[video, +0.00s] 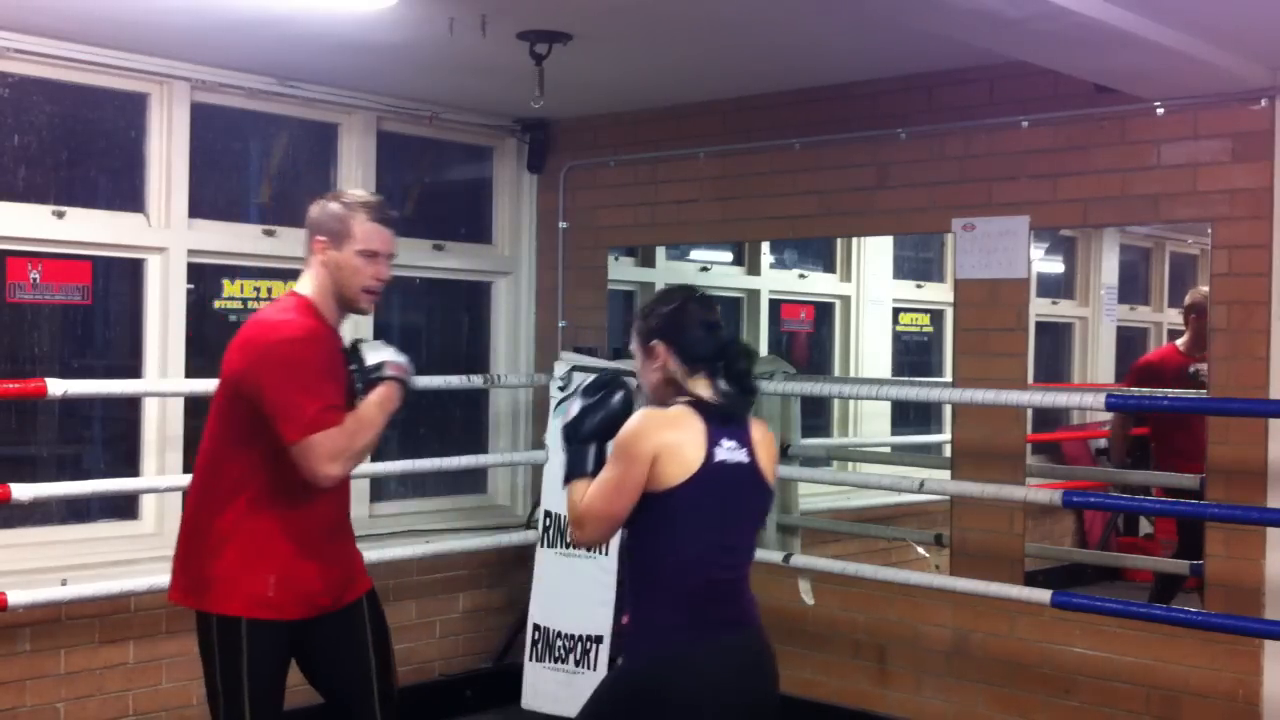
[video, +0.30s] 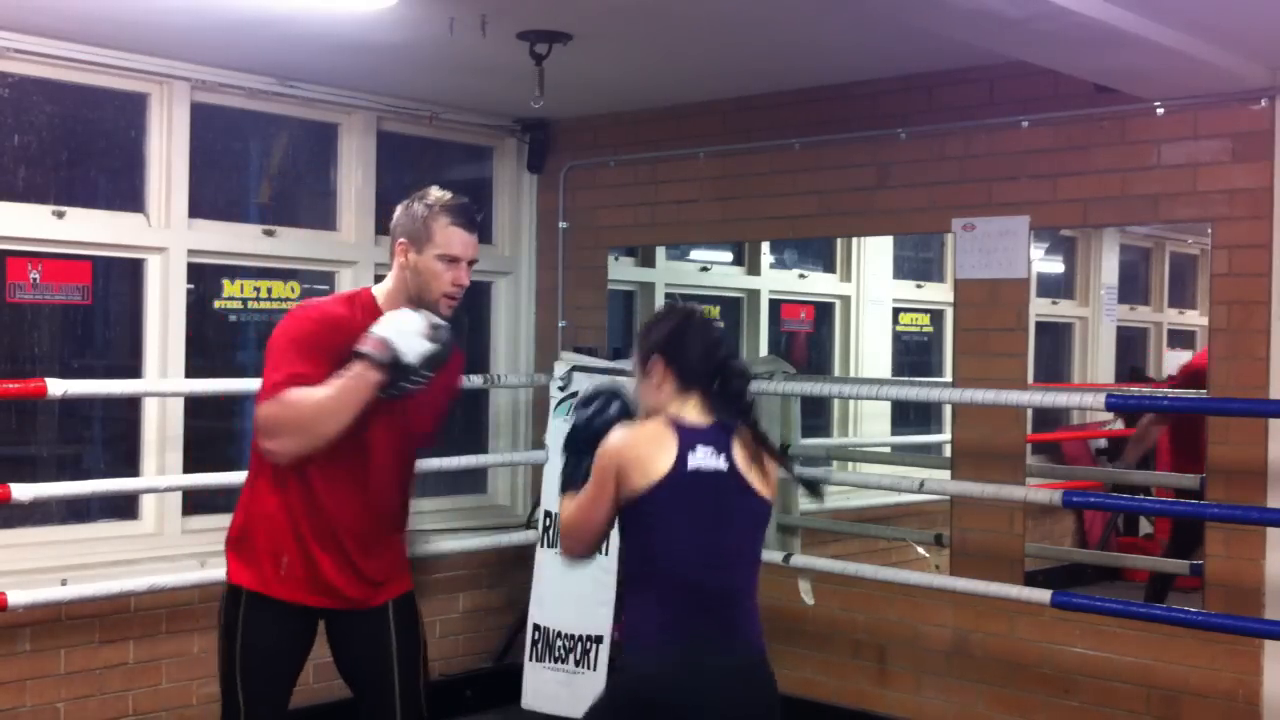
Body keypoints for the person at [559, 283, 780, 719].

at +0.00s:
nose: (638, 373)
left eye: (637, 360)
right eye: (634, 361)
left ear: (661, 355)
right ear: (712, 350)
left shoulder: (651, 427)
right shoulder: (762, 437)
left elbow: (585, 529)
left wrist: (580, 444)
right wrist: (631, 434)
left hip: (661, 665)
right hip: (744, 663)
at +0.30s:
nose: (637, 390)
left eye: (639, 375)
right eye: (637, 376)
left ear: (659, 371)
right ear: (715, 373)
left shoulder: (629, 443)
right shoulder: (761, 454)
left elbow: (575, 542)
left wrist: (577, 456)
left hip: (651, 684)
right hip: (742, 685)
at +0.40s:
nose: (598, 470)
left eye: (600, 458)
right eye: (598, 459)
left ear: (620, 458)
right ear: (667, 448)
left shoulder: (617, 516)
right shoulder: (731, 504)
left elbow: (579, 632)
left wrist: (558, 552)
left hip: (659, 705)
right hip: (741, 705)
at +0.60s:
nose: (559, 592)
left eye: (559, 581)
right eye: (556, 581)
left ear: (583, 583)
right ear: (631, 567)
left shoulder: (586, 634)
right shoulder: (689, 606)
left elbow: (566, 715)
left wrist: (532, 690)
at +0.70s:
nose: (567, 549)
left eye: (570, 536)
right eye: (566, 536)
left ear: (598, 537)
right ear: (644, 529)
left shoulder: (594, 594)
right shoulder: (696, 580)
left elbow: (555, 707)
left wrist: (531, 639)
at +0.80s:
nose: (581, 488)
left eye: (585, 475)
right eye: (581, 474)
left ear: (610, 477)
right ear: (657, 474)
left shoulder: (598, 534)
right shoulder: (706, 532)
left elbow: (554, 647)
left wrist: (537, 572)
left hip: (649, 709)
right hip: (734, 709)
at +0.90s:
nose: (591, 440)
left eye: (596, 425)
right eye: (592, 425)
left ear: (623, 432)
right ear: (672, 430)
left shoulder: (608, 490)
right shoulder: (714, 486)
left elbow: (558, 600)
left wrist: (542, 524)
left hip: (654, 698)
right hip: (741, 698)